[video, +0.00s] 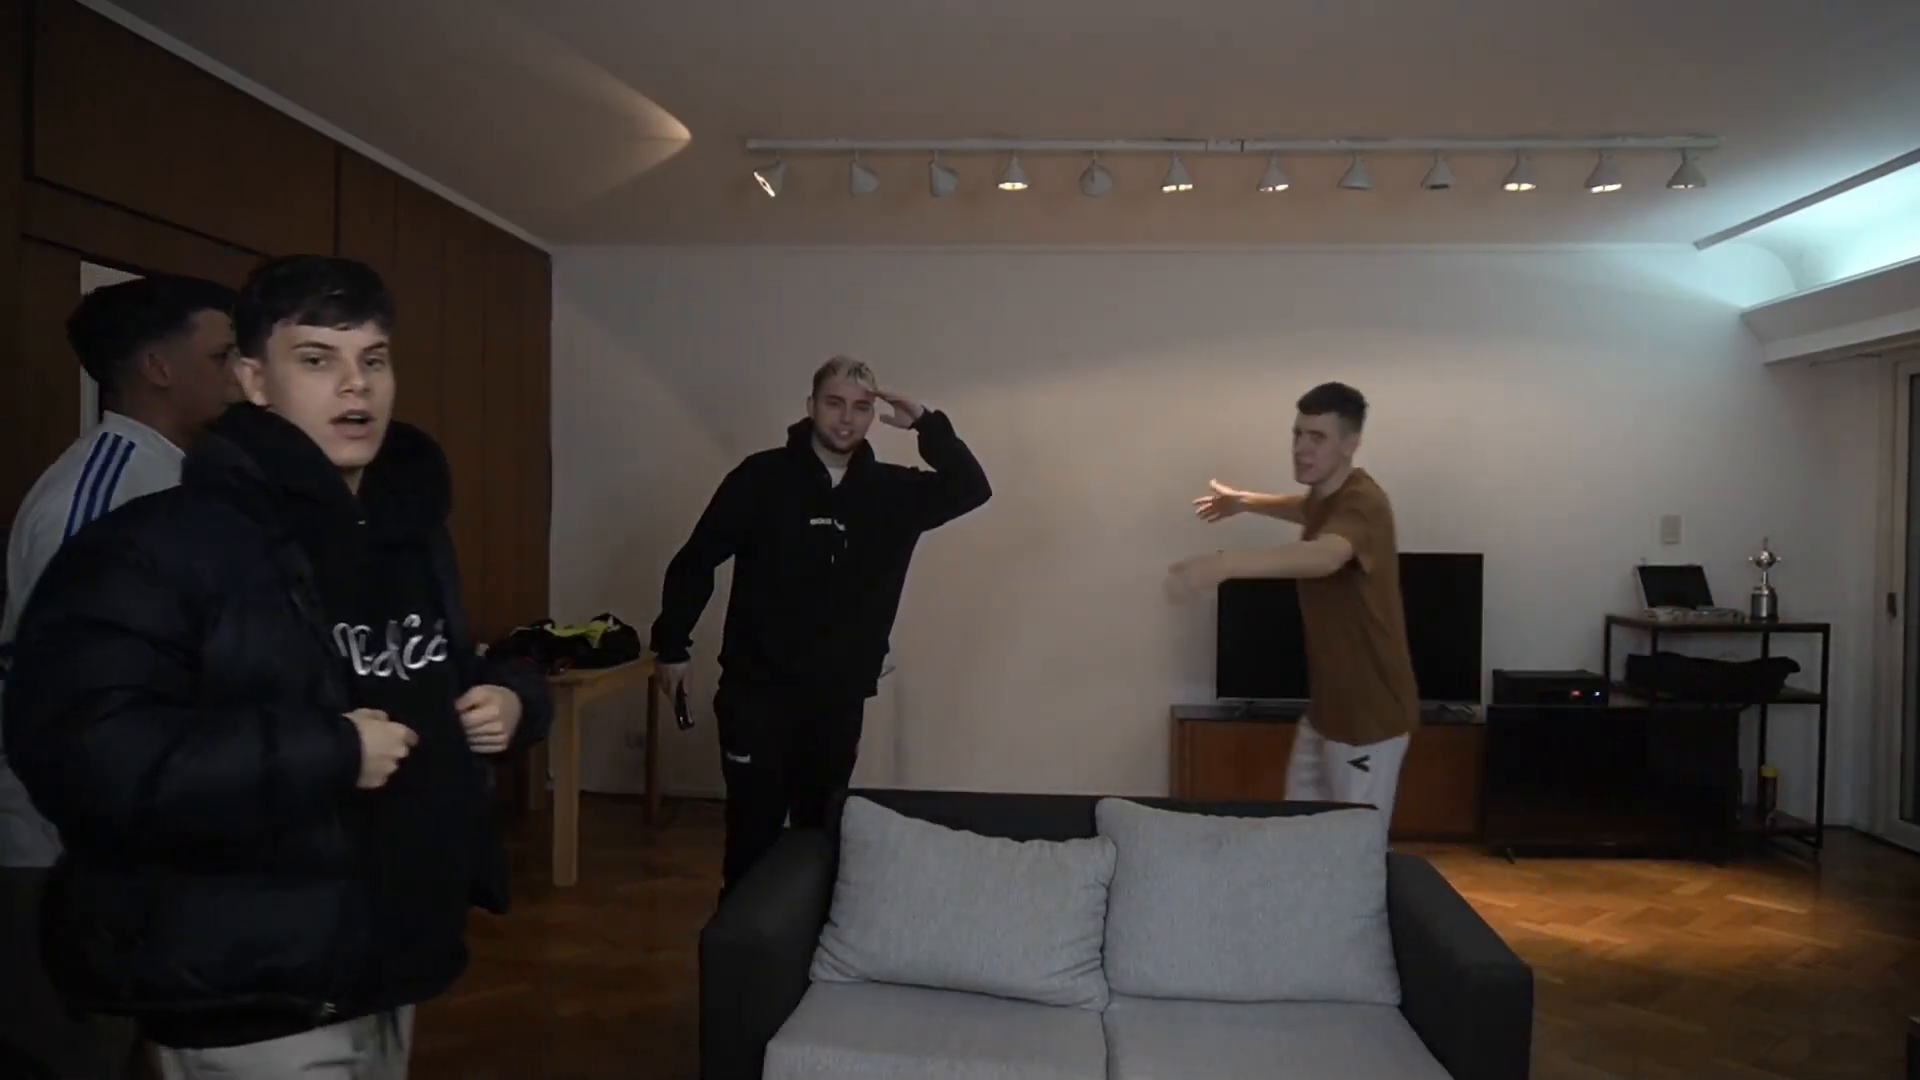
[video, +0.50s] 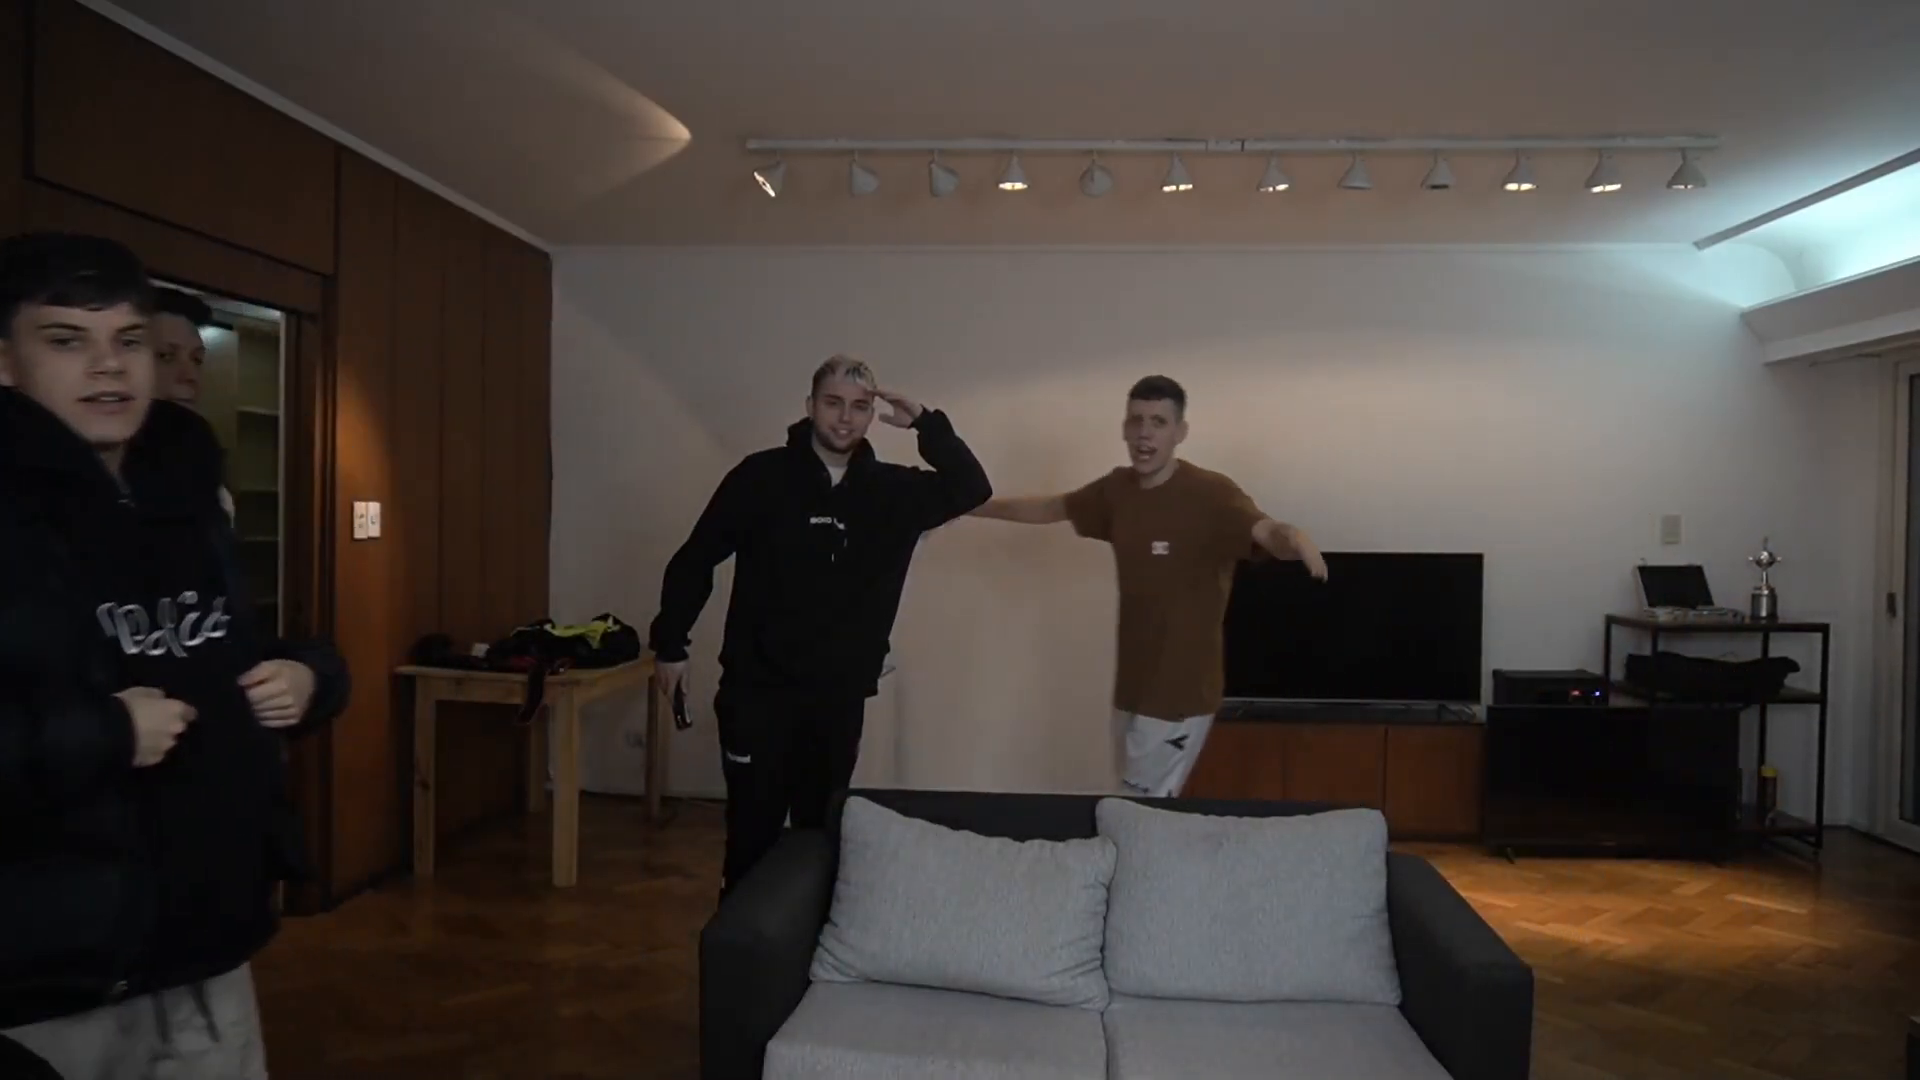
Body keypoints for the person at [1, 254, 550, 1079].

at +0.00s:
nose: (356, 387)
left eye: (374, 360)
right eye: (317, 360)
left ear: (394, 373)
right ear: (251, 377)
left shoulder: (404, 526)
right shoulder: (160, 545)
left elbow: (449, 674)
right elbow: (81, 752)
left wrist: (511, 701)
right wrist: (328, 751)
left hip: (390, 969)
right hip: (247, 994)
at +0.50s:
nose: (108, 368)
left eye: (129, 340)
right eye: (67, 341)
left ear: (158, 354)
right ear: (9, 360)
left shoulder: (178, 481)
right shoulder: (9, 493)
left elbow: (233, 652)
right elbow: (15, 716)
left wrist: (313, 674)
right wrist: (101, 730)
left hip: (204, 927)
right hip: (49, 947)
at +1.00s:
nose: (97, 370)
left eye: (108, 356)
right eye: (73, 356)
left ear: (121, 370)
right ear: (24, 370)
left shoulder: (164, 487)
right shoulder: (5, 481)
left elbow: (175, 613)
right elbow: (8, 620)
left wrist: (188, 726)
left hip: (154, 779)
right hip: (37, 787)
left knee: (159, 970)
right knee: (33, 989)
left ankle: (151, 1074)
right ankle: (40, 1074)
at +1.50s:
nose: (140, 380)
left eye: (152, 365)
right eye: (116, 367)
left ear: (165, 377)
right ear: (73, 381)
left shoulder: (215, 491)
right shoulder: (28, 493)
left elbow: (234, 610)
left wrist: (256, 707)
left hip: (186, 780)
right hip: (60, 784)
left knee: (168, 964)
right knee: (43, 987)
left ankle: (154, 1074)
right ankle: (43, 1079)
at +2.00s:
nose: (203, 390)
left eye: (218, 377)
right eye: (182, 375)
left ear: (231, 391)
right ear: (138, 384)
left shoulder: (247, 504)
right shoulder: (88, 469)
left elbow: (241, 628)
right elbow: (7, 495)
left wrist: (247, 725)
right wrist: (122, 411)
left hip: (206, 773)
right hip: (98, 771)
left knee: (174, 957)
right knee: (77, 976)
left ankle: (155, 1073)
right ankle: (53, 1074)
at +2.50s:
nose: (203, 390)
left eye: (216, 378)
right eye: (182, 374)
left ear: (227, 392)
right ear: (138, 384)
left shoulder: (246, 506)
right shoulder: (70, 459)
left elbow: (248, 625)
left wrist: (264, 724)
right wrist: (84, 357)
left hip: (203, 770)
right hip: (87, 767)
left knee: (172, 958)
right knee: (71, 972)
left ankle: (155, 1074)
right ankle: (53, 1075)